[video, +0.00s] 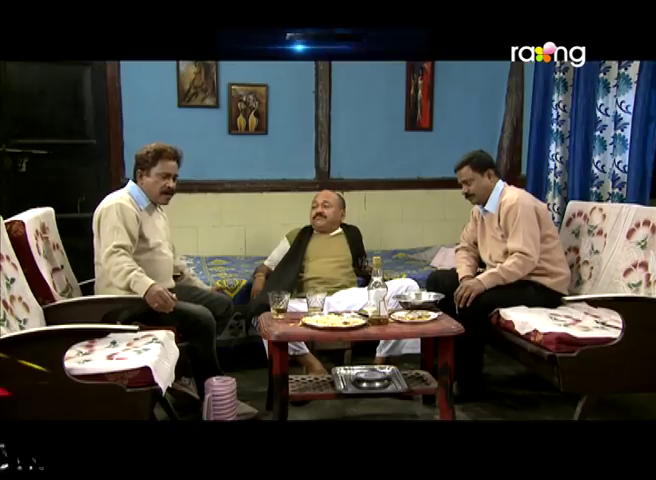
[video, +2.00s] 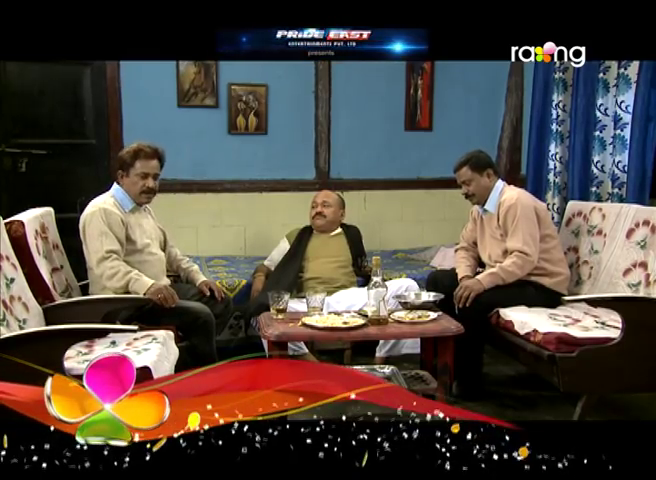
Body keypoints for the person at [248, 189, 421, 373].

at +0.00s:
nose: (318, 209)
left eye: (326, 205)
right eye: (314, 205)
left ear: (341, 214)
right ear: (310, 211)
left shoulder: (352, 233)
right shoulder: (298, 236)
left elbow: (363, 268)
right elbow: (265, 268)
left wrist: (378, 279)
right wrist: (258, 290)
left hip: (349, 297)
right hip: (306, 300)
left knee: (407, 286)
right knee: (267, 317)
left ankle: (381, 360)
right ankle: (312, 364)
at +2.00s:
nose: (318, 210)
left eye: (326, 206)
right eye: (314, 206)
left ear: (341, 213)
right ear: (309, 211)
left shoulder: (351, 233)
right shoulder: (298, 236)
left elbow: (362, 268)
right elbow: (265, 268)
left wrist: (378, 280)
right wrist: (256, 302)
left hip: (351, 297)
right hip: (311, 300)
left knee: (407, 286)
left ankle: (382, 362)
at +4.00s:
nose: (317, 210)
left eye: (325, 206)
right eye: (314, 206)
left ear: (341, 213)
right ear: (309, 211)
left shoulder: (351, 233)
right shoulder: (297, 236)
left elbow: (362, 268)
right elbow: (265, 267)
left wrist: (377, 282)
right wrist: (256, 297)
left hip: (351, 297)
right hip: (311, 300)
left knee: (406, 286)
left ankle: (381, 362)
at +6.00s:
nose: (317, 210)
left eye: (325, 206)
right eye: (313, 206)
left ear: (340, 213)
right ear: (309, 211)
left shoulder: (351, 233)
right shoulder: (297, 236)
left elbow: (361, 269)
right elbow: (264, 269)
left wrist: (378, 282)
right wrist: (256, 302)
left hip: (350, 297)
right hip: (309, 300)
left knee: (406, 285)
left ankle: (383, 363)